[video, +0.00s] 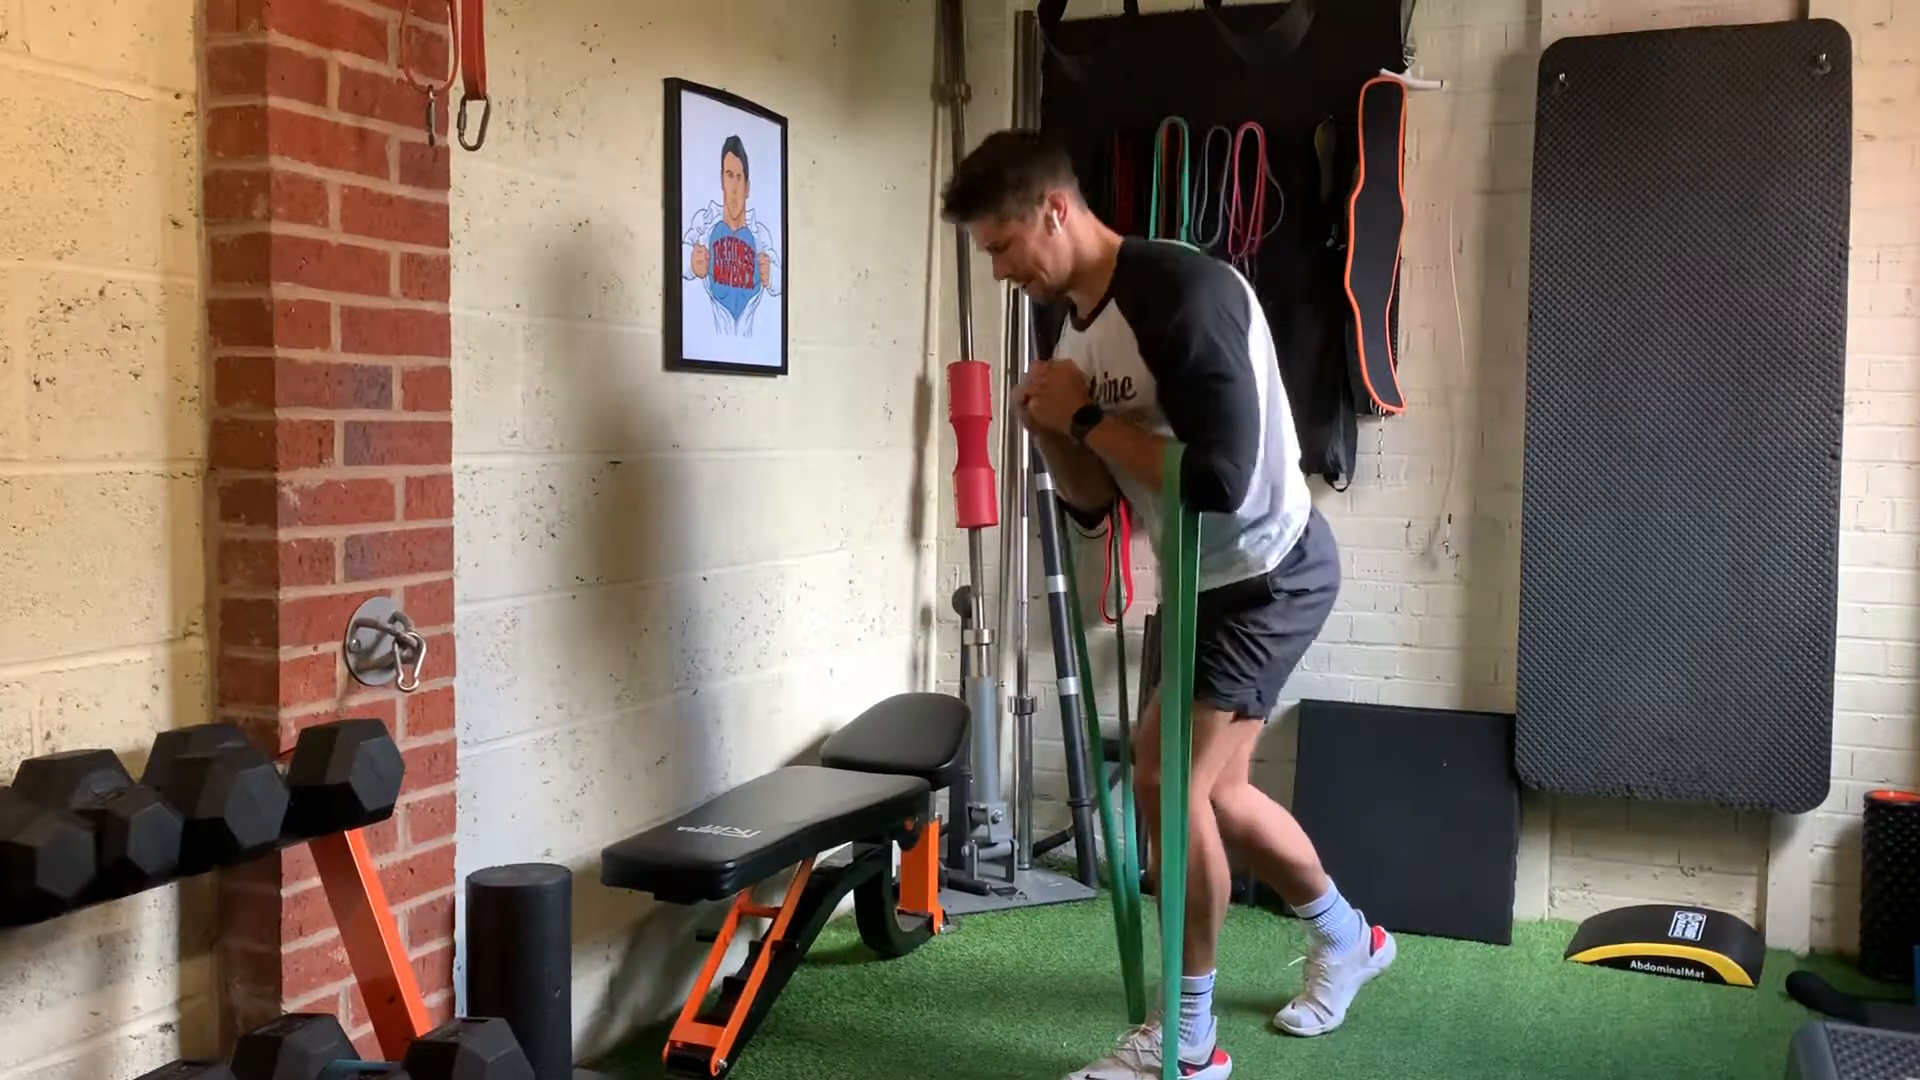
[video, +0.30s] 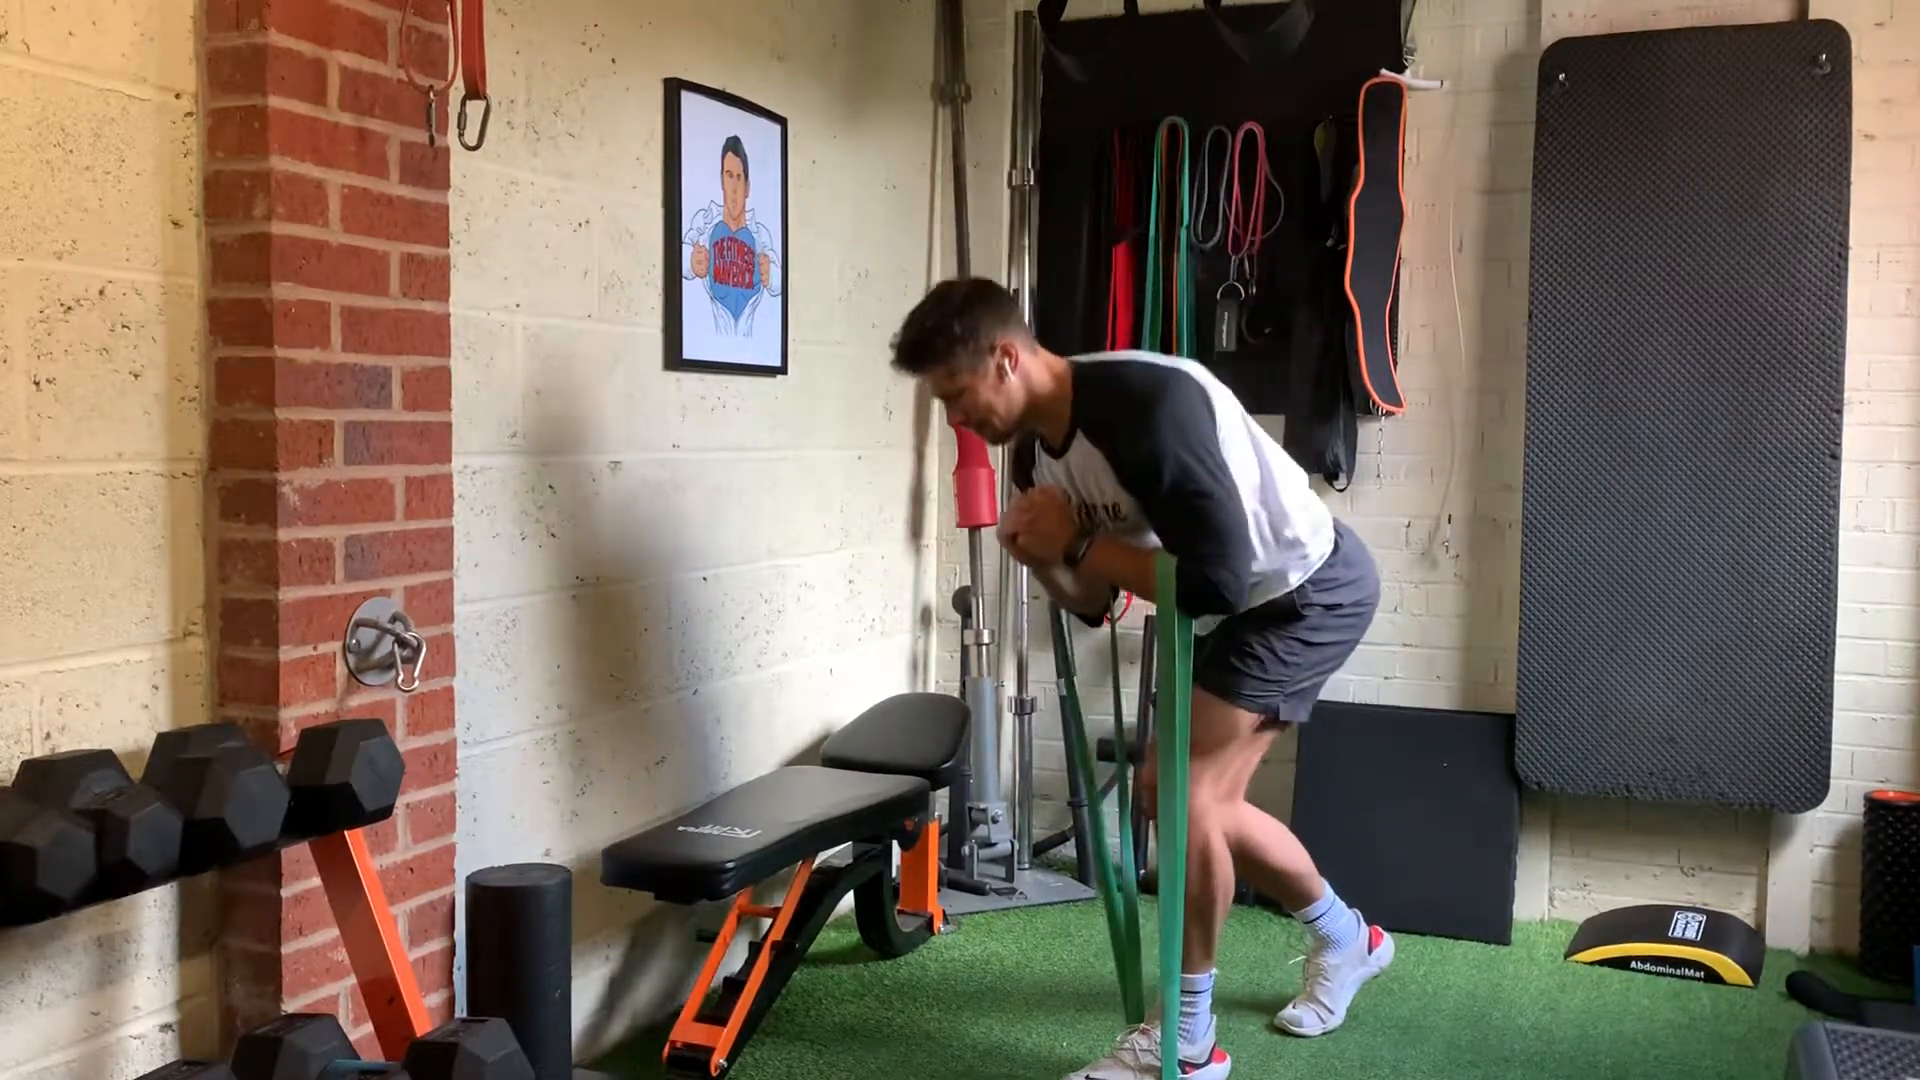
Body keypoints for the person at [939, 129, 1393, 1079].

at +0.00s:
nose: (1000, 271)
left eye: (1004, 247)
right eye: (988, 254)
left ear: (1059, 212)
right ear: (1052, 222)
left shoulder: (1189, 295)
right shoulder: (1070, 320)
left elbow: (1222, 485)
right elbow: (1095, 501)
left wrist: (1090, 423)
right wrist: (1052, 428)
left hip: (1271, 569)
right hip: (1201, 571)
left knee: (1164, 776)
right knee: (1216, 786)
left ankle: (1189, 1035)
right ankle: (1349, 935)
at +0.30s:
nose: (953, 420)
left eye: (955, 397)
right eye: (942, 403)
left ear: (1009, 359)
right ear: (1007, 362)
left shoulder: (1155, 408)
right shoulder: (1033, 452)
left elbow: (1222, 582)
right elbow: (1101, 605)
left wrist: (1082, 544)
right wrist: (1046, 560)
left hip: (1309, 587)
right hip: (1228, 598)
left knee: (1173, 787)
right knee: (1205, 807)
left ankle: (1187, 1035)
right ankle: (1348, 937)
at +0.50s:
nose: (945, 503)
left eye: (946, 479)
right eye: (933, 485)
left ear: (997, 441)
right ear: (996, 445)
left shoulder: (1143, 469)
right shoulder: (1032, 515)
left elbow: (1224, 642)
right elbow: (1101, 657)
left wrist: (1081, 605)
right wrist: (1049, 626)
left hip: (1325, 590)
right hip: (1251, 602)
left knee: (1202, 798)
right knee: (1208, 805)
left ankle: (1188, 1038)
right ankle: (1350, 937)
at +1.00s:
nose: (933, 642)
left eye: (933, 623)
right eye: (921, 627)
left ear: (982, 588)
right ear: (984, 584)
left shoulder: (1134, 585)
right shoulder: (1026, 612)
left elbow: (1228, 744)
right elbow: (1130, 727)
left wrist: (1090, 721)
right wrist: (1062, 735)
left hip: (1341, 599)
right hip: (1270, 603)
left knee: (1203, 804)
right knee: (1198, 807)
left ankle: (1185, 1040)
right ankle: (1351, 940)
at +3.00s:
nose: (987, 303)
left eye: (995, 279)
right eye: (976, 285)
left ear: (1051, 249)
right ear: (1036, 258)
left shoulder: (1178, 332)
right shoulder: (1063, 361)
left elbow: (1229, 514)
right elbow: (1096, 532)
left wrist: (1088, 466)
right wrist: (1049, 473)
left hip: (1285, 578)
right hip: (1210, 578)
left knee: (1162, 779)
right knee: (1201, 794)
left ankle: (1187, 1035)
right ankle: (1341, 931)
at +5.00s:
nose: (1109, 183)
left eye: (1119, 158)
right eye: (1094, 165)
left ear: (1173, 130)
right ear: (1094, 156)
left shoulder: (1260, 235)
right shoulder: (1124, 252)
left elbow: (1241, 404)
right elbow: (1091, 421)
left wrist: (1128, 314)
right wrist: (1094, 320)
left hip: (1222, 546)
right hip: (1144, 554)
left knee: (1164, 775)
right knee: (1231, 768)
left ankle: (1187, 1032)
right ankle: (1336, 930)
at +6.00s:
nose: (955, 408)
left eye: (960, 384)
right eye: (946, 390)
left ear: (1019, 353)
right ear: (1015, 357)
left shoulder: (1156, 409)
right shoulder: (1043, 445)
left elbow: (1227, 580)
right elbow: (1107, 601)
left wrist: (1084, 545)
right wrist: (1051, 563)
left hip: (1318, 591)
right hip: (1243, 600)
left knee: (1177, 787)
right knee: (1199, 806)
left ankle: (1189, 1039)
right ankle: (1343, 932)